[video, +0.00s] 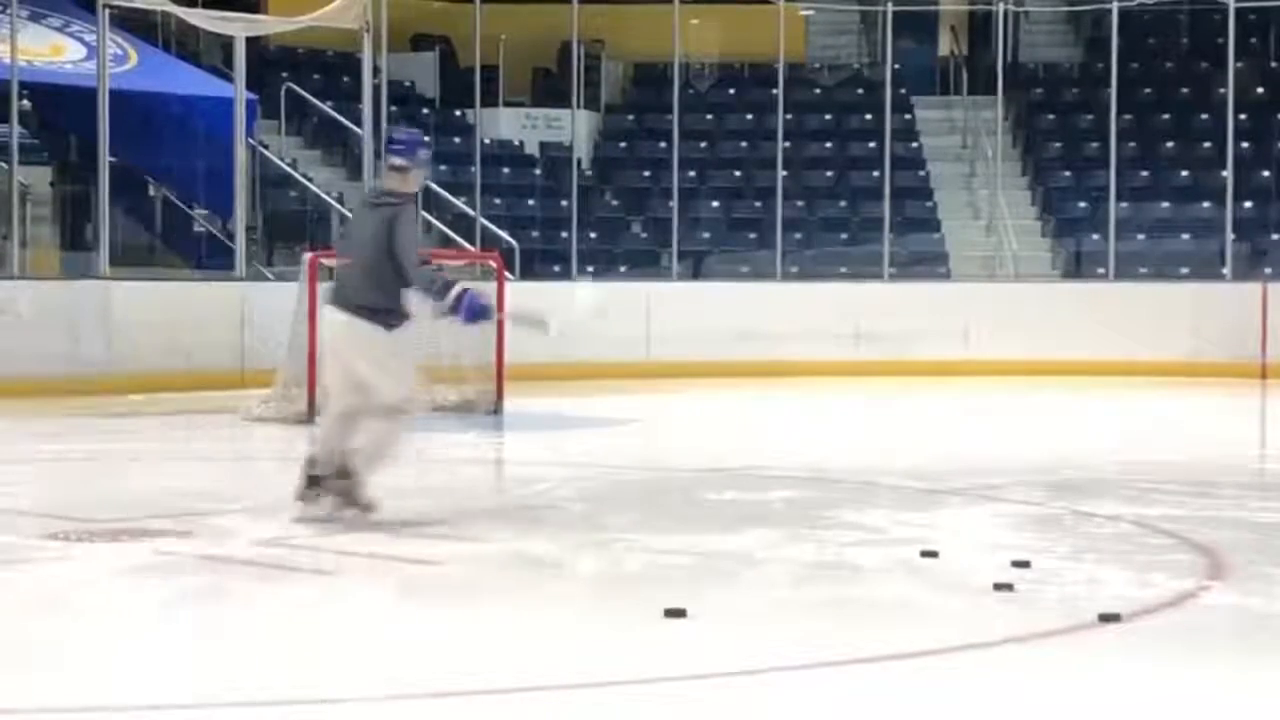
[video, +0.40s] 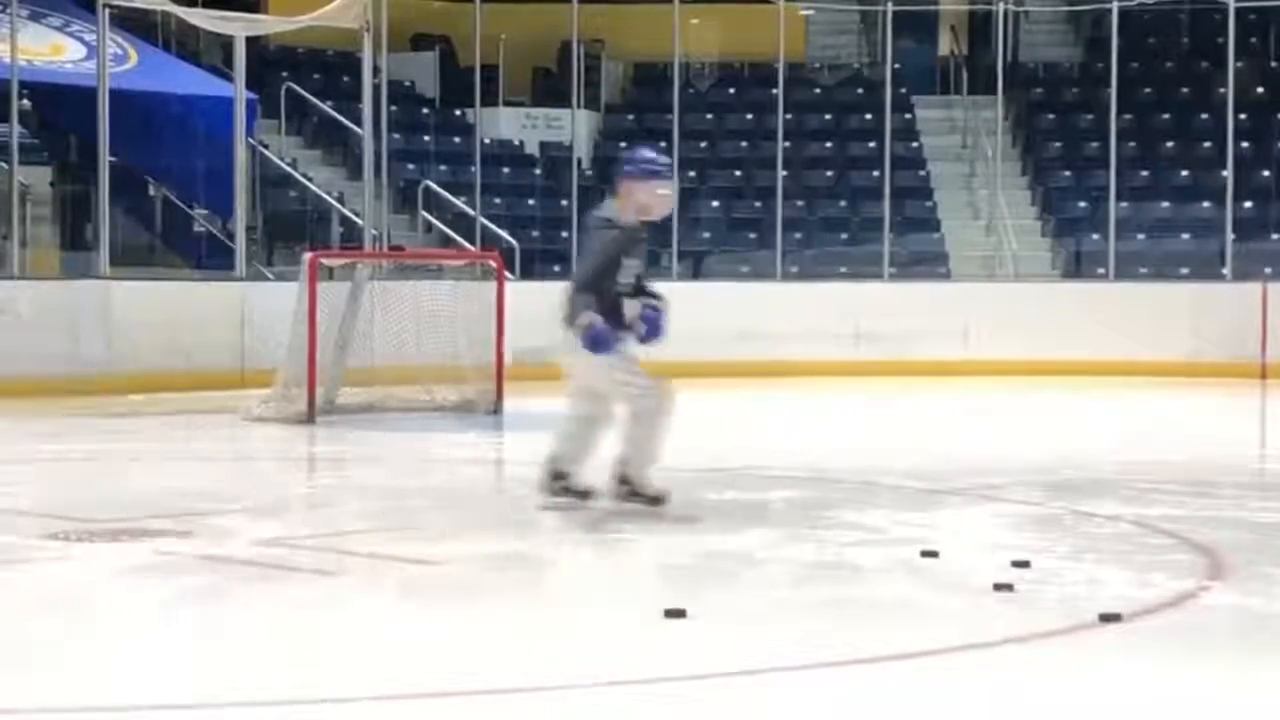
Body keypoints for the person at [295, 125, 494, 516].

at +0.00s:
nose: (422, 178)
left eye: (421, 171)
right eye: (421, 171)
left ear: (386, 167)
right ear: (415, 171)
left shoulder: (365, 205)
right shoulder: (403, 211)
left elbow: (350, 257)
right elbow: (413, 268)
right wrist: (456, 295)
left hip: (340, 320)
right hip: (377, 326)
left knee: (345, 401)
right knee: (393, 403)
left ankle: (319, 473)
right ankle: (348, 471)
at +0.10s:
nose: (485, 181)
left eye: (485, 172)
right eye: (482, 172)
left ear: (445, 166)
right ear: (466, 171)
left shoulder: (421, 203)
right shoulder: (449, 209)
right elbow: (447, 257)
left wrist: (483, 265)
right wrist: (487, 273)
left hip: (393, 319)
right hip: (428, 325)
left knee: (400, 403)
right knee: (457, 406)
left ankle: (367, 474)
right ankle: (431, 477)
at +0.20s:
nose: (547, 181)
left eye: (546, 173)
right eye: (541, 174)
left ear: (511, 176)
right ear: (518, 175)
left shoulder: (486, 207)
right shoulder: (505, 212)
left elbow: (513, 255)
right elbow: (491, 266)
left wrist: (537, 269)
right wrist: (530, 279)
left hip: (454, 321)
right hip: (484, 327)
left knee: (461, 402)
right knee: (521, 400)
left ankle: (425, 475)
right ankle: (506, 478)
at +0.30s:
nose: (608, 190)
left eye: (608, 180)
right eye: (602, 180)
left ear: (576, 181)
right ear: (577, 180)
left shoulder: (553, 216)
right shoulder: (555, 224)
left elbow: (569, 272)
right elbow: (521, 281)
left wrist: (597, 288)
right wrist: (552, 296)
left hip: (517, 327)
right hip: (539, 331)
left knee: (524, 408)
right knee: (584, 397)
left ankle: (490, 472)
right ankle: (568, 477)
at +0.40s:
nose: (660, 197)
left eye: (662, 188)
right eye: (653, 187)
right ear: (628, 187)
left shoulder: (634, 229)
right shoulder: (609, 230)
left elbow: (631, 281)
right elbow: (583, 286)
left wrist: (649, 304)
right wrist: (588, 321)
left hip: (609, 332)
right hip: (594, 334)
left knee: (590, 407)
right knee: (649, 396)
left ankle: (559, 473)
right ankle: (631, 477)